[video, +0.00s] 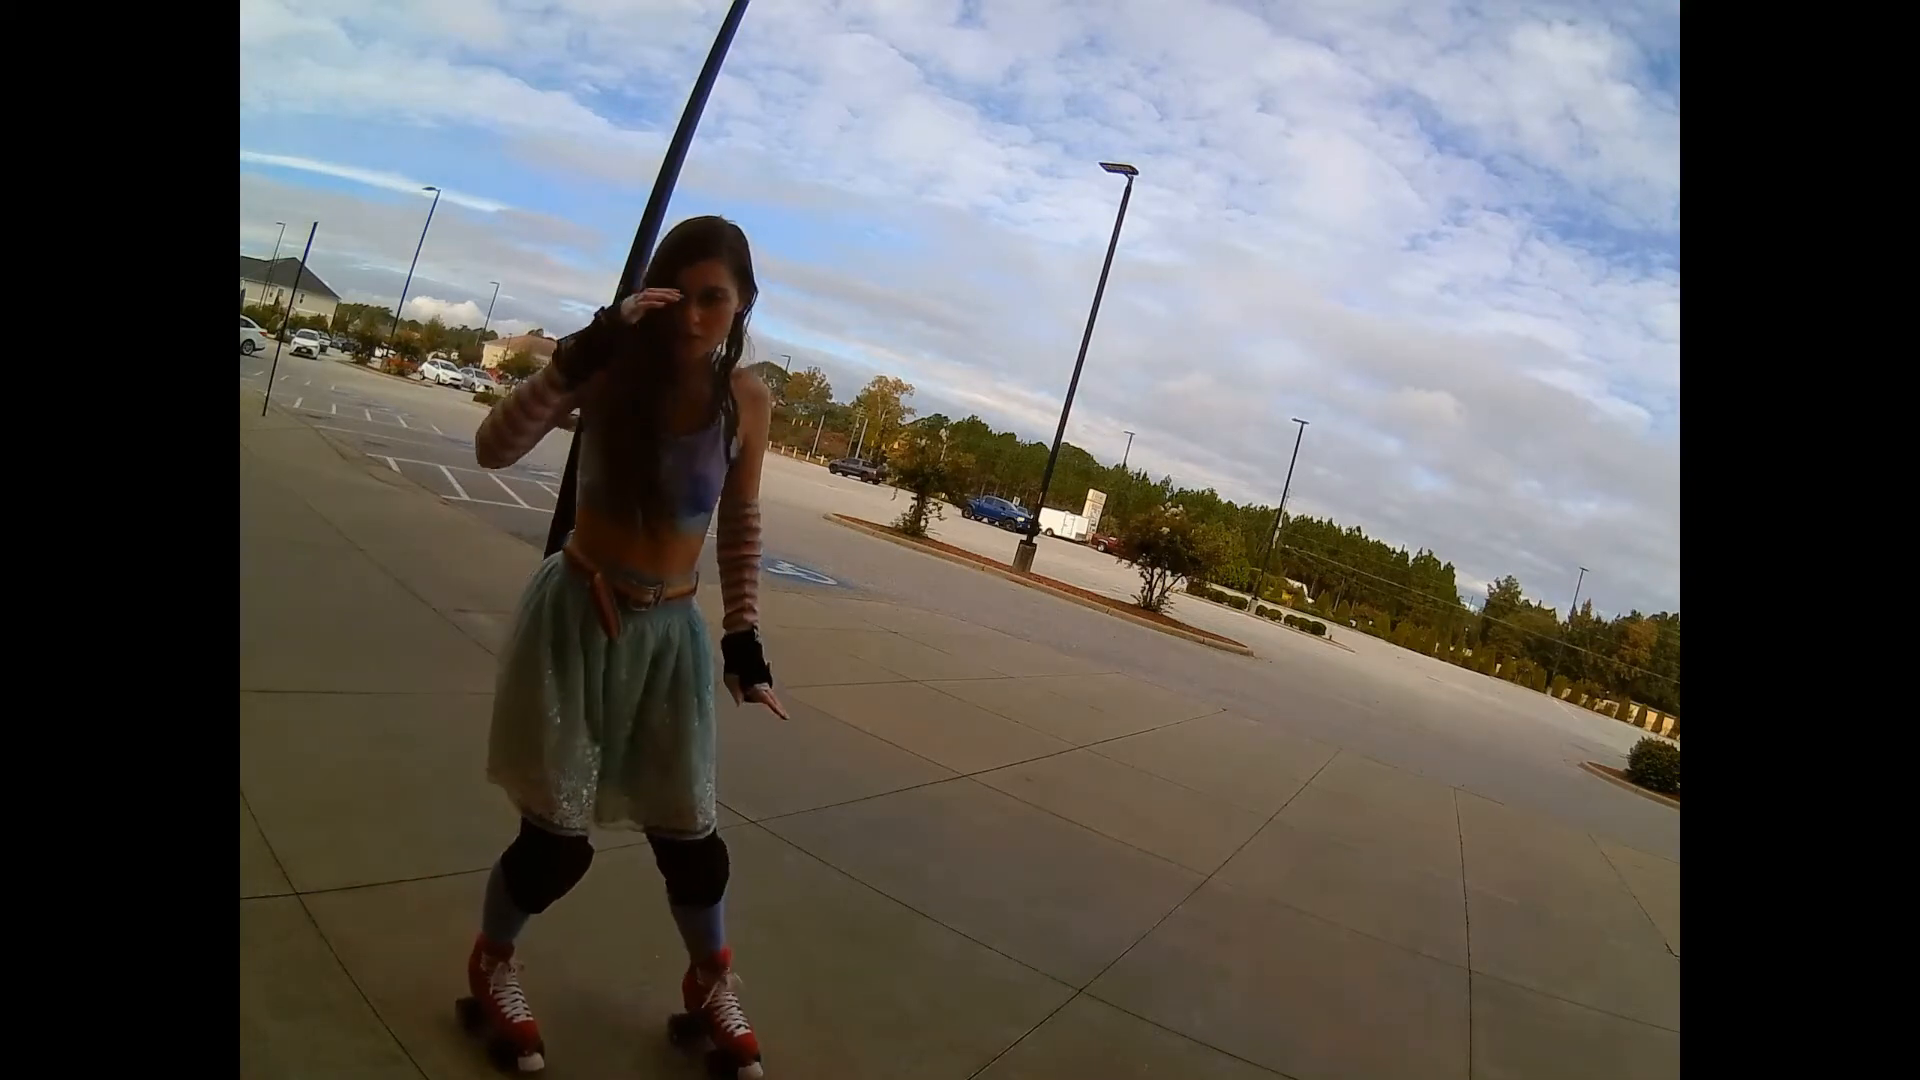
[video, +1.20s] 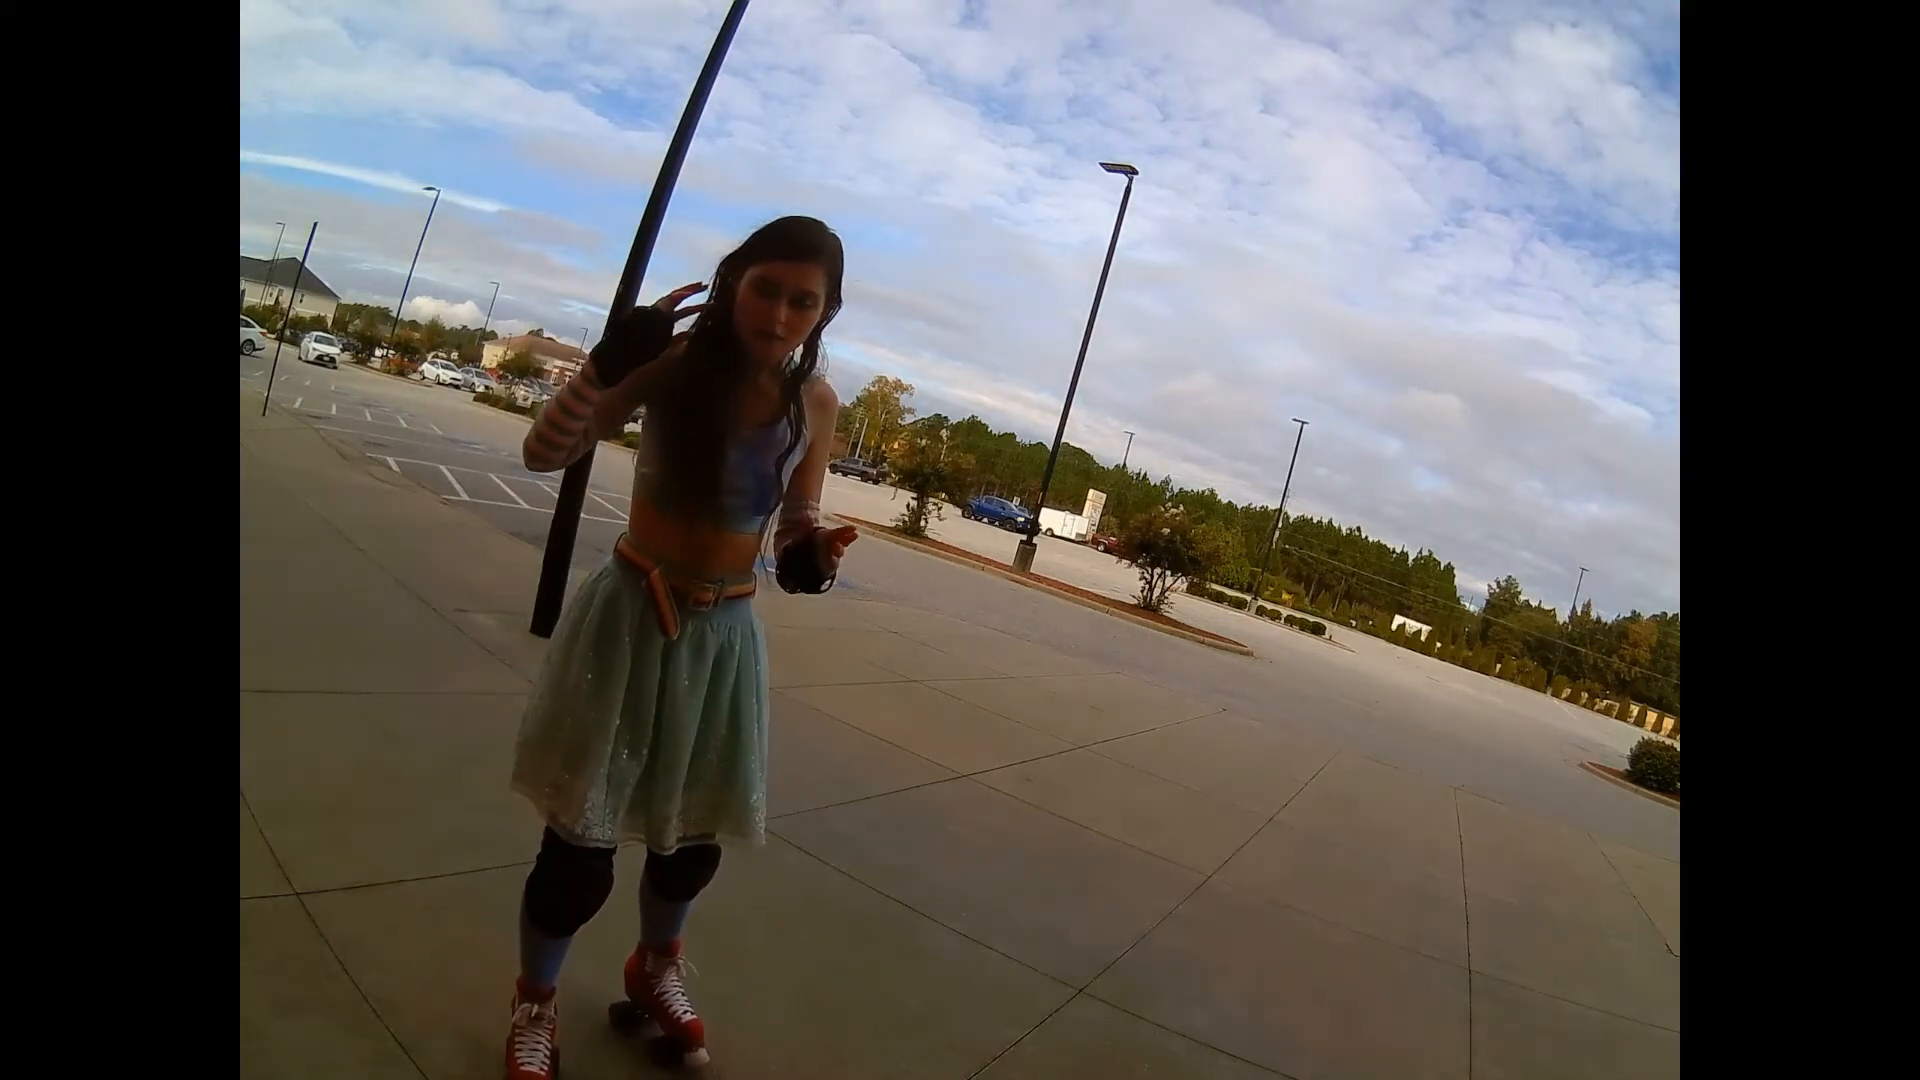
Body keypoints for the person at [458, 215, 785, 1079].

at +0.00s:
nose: (693, 313)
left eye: (714, 299)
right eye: (680, 294)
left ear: (741, 307)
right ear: (653, 293)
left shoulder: (744, 399)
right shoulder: (607, 363)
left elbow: (741, 523)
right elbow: (495, 449)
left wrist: (742, 634)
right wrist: (593, 348)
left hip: (672, 629)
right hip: (574, 615)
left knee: (694, 848)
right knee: (557, 847)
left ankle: (711, 990)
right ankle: (491, 964)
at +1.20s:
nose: (778, 316)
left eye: (803, 302)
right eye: (765, 290)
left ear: (824, 315)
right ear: (730, 285)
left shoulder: (813, 405)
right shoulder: (670, 364)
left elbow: (797, 524)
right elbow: (544, 454)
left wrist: (809, 552)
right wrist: (597, 374)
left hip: (726, 631)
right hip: (630, 616)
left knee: (692, 844)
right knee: (579, 854)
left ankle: (656, 973)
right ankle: (535, 1004)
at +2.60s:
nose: (809, 318)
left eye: (833, 299)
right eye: (789, 293)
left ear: (863, 317)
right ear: (756, 295)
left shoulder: (841, 418)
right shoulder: (689, 383)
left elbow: (828, 552)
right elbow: (577, 522)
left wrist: (807, 566)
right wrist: (579, 670)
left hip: (734, 657)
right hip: (638, 646)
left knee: (711, 882)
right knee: (598, 907)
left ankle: (691, 1017)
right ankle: (537, 1044)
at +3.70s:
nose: (923, 311)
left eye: (927, 292)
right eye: (906, 286)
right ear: (842, 284)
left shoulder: (882, 413)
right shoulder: (728, 370)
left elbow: (897, 525)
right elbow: (578, 443)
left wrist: (860, 625)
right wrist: (584, 588)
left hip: (781, 672)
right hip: (675, 649)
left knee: (752, 898)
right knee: (610, 893)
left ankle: (718, 1037)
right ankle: (536, 1028)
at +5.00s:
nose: (852, 286)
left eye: (867, 272)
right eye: (833, 265)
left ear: (875, 287)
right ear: (783, 269)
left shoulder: (859, 401)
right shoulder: (704, 369)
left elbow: (909, 558)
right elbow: (668, 521)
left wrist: (913, 453)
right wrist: (788, 436)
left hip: (786, 664)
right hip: (685, 647)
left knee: (756, 908)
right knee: (614, 905)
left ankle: (721, 1039)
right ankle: (536, 1032)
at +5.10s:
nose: (851, 289)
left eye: (867, 274)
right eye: (832, 268)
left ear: (875, 289)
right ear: (782, 269)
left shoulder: (856, 401)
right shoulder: (705, 368)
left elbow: (910, 560)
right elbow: (668, 519)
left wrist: (902, 464)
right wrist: (787, 448)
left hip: (787, 665)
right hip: (686, 647)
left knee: (757, 905)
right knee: (614, 903)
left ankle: (721, 1038)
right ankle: (536, 1034)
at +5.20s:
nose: (853, 292)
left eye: (869, 277)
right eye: (835, 270)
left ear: (877, 291)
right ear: (784, 270)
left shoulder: (858, 402)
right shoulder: (705, 368)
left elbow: (909, 562)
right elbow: (663, 521)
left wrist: (902, 461)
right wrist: (792, 455)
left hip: (787, 666)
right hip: (685, 648)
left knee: (756, 906)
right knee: (612, 908)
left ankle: (721, 1038)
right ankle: (535, 1036)